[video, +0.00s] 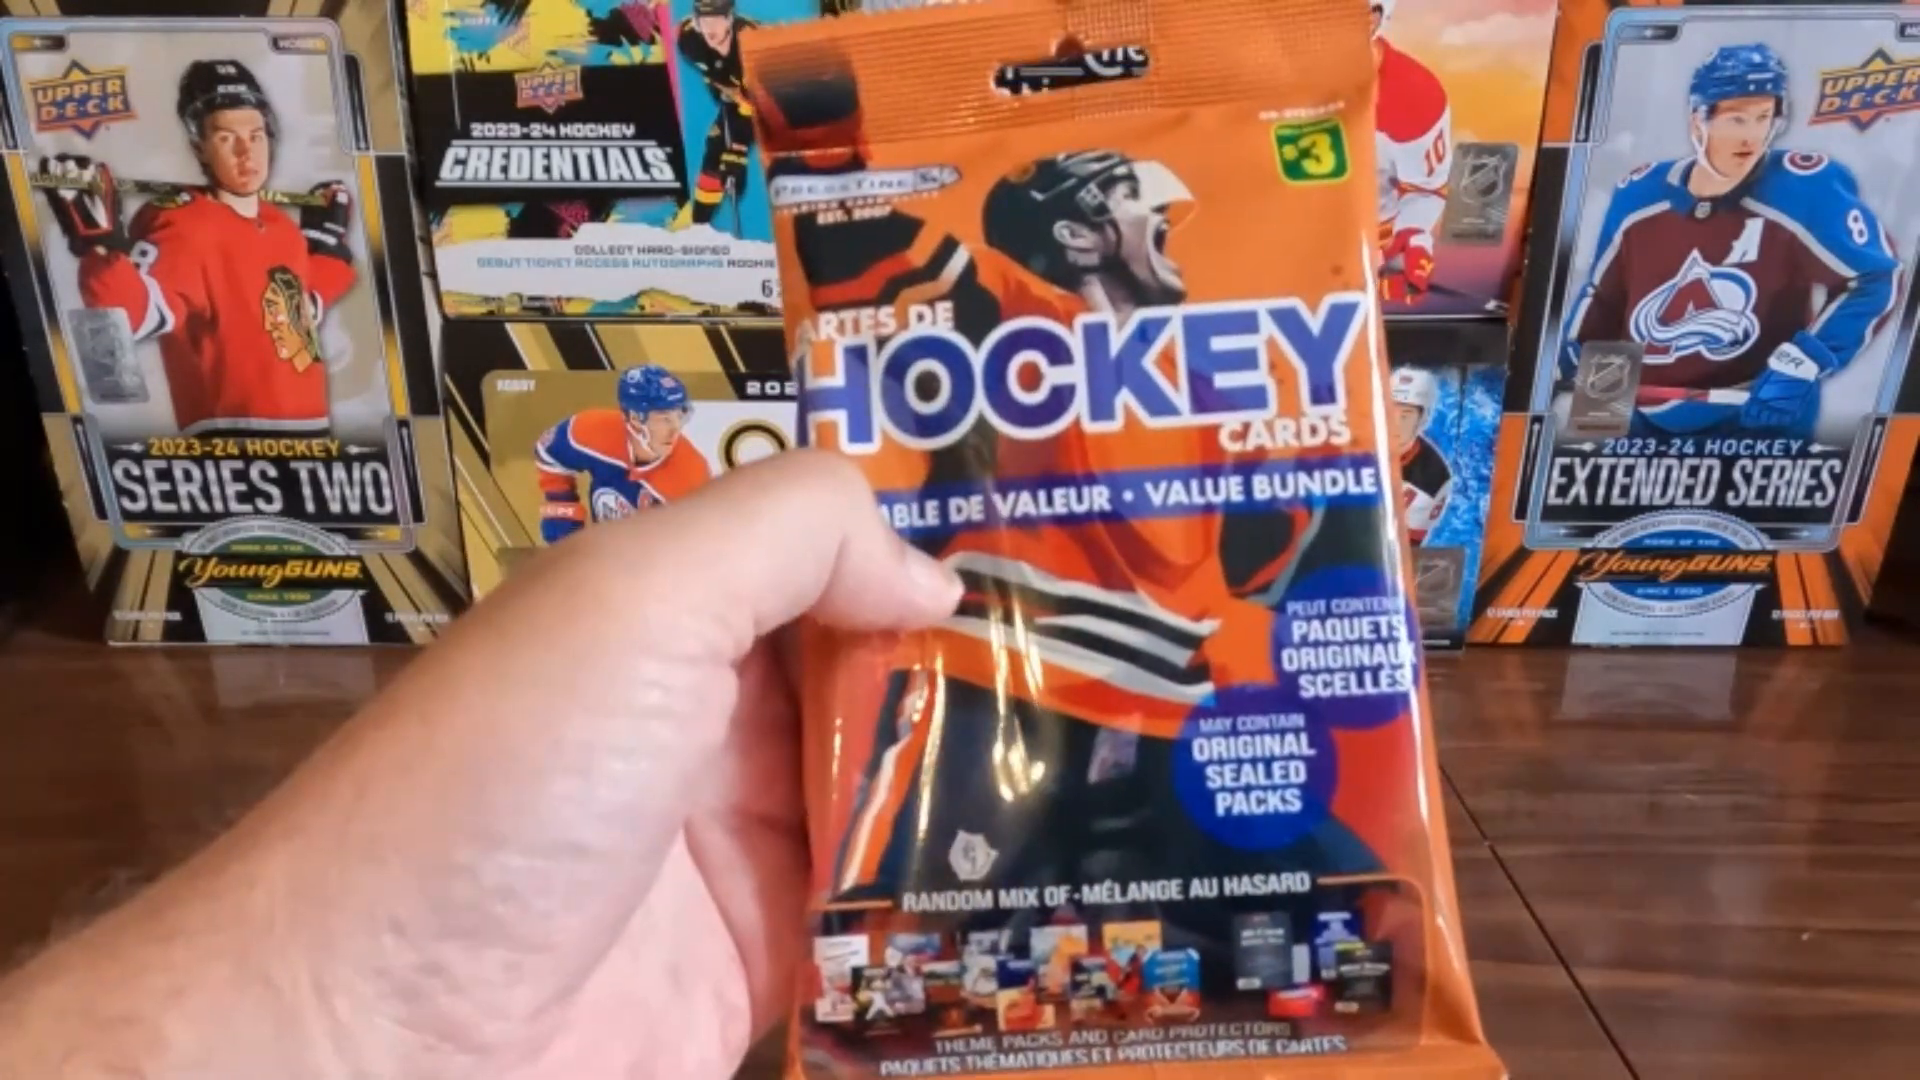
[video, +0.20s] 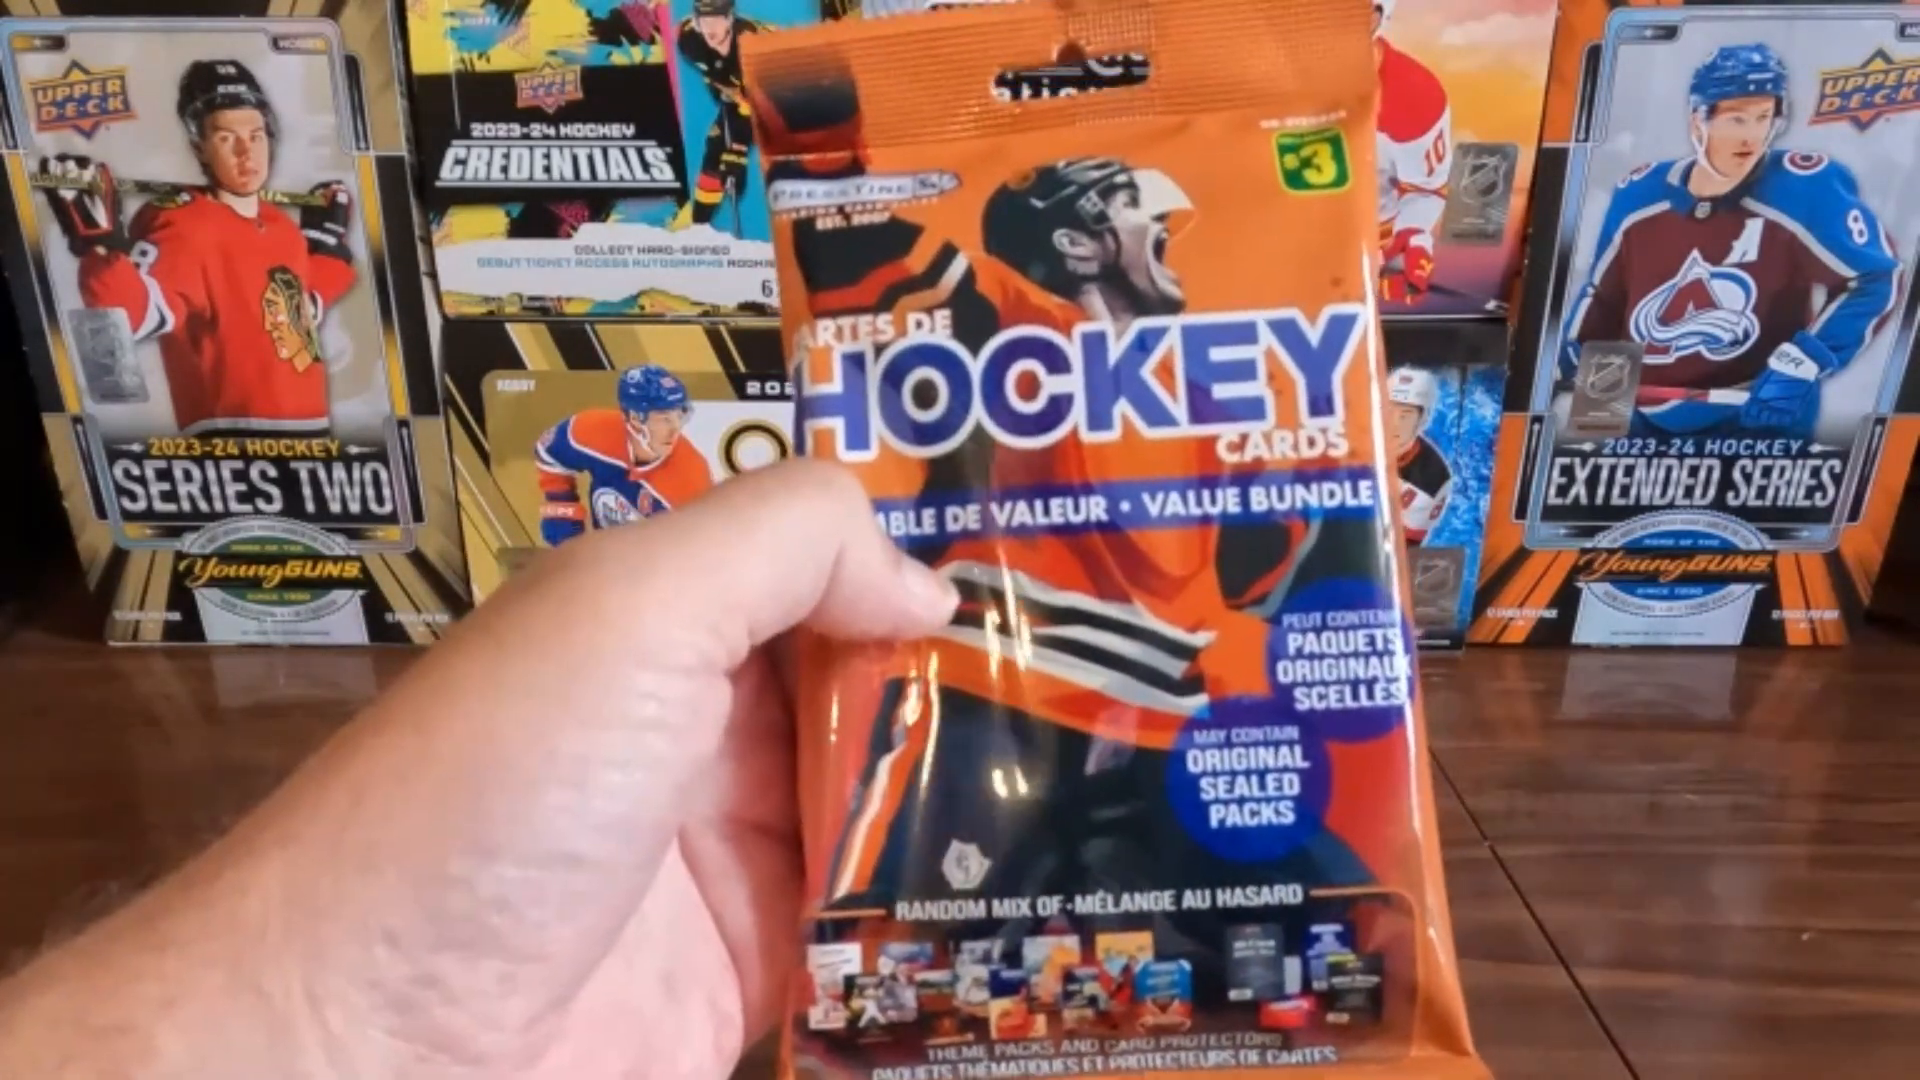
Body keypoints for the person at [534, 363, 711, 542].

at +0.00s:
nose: (676, 430)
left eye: (679, 418)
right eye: (664, 419)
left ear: (684, 417)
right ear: (634, 420)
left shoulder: (692, 475)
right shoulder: (592, 431)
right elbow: (550, 454)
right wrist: (565, 525)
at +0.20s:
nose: (675, 430)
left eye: (679, 419)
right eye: (664, 419)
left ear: (684, 417)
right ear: (634, 420)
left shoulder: (691, 476)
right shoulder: (593, 431)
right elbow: (550, 454)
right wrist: (564, 524)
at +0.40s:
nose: (676, 430)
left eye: (679, 419)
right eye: (665, 420)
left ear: (684, 417)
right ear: (634, 420)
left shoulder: (691, 476)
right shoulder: (593, 431)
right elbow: (550, 454)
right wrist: (565, 531)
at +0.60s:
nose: (676, 430)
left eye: (680, 418)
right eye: (665, 420)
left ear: (685, 417)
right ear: (635, 420)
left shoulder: (691, 477)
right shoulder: (594, 431)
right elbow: (550, 454)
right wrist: (564, 529)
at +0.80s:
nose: (676, 430)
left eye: (679, 419)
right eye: (665, 420)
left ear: (685, 418)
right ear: (634, 420)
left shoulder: (691, 476)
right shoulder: (593, 432)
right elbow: (550, 454)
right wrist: (565, 531)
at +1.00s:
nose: (676, 429)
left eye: (679, 418)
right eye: (665, 419)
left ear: (684, 416)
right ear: (635, 420)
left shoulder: (692, 474)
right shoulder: (592, 431)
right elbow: (549, 454)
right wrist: (564, 527)